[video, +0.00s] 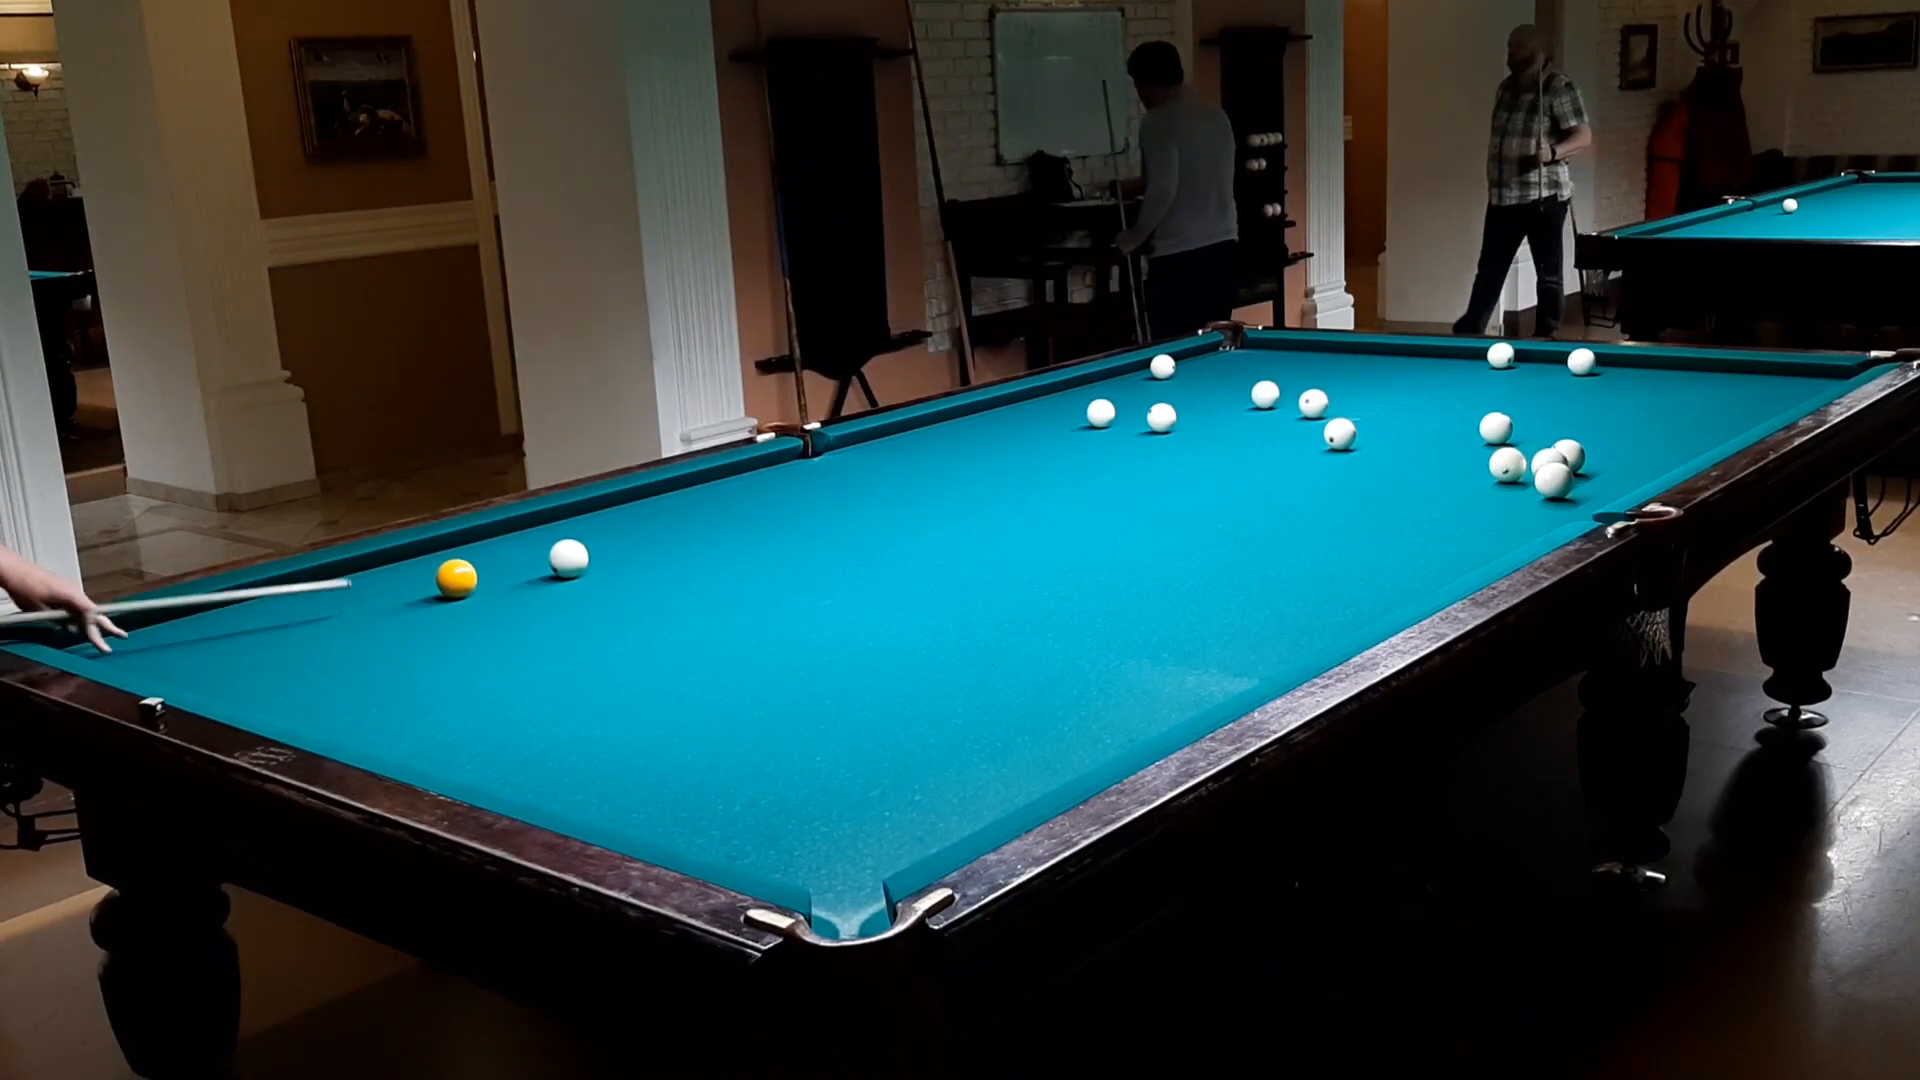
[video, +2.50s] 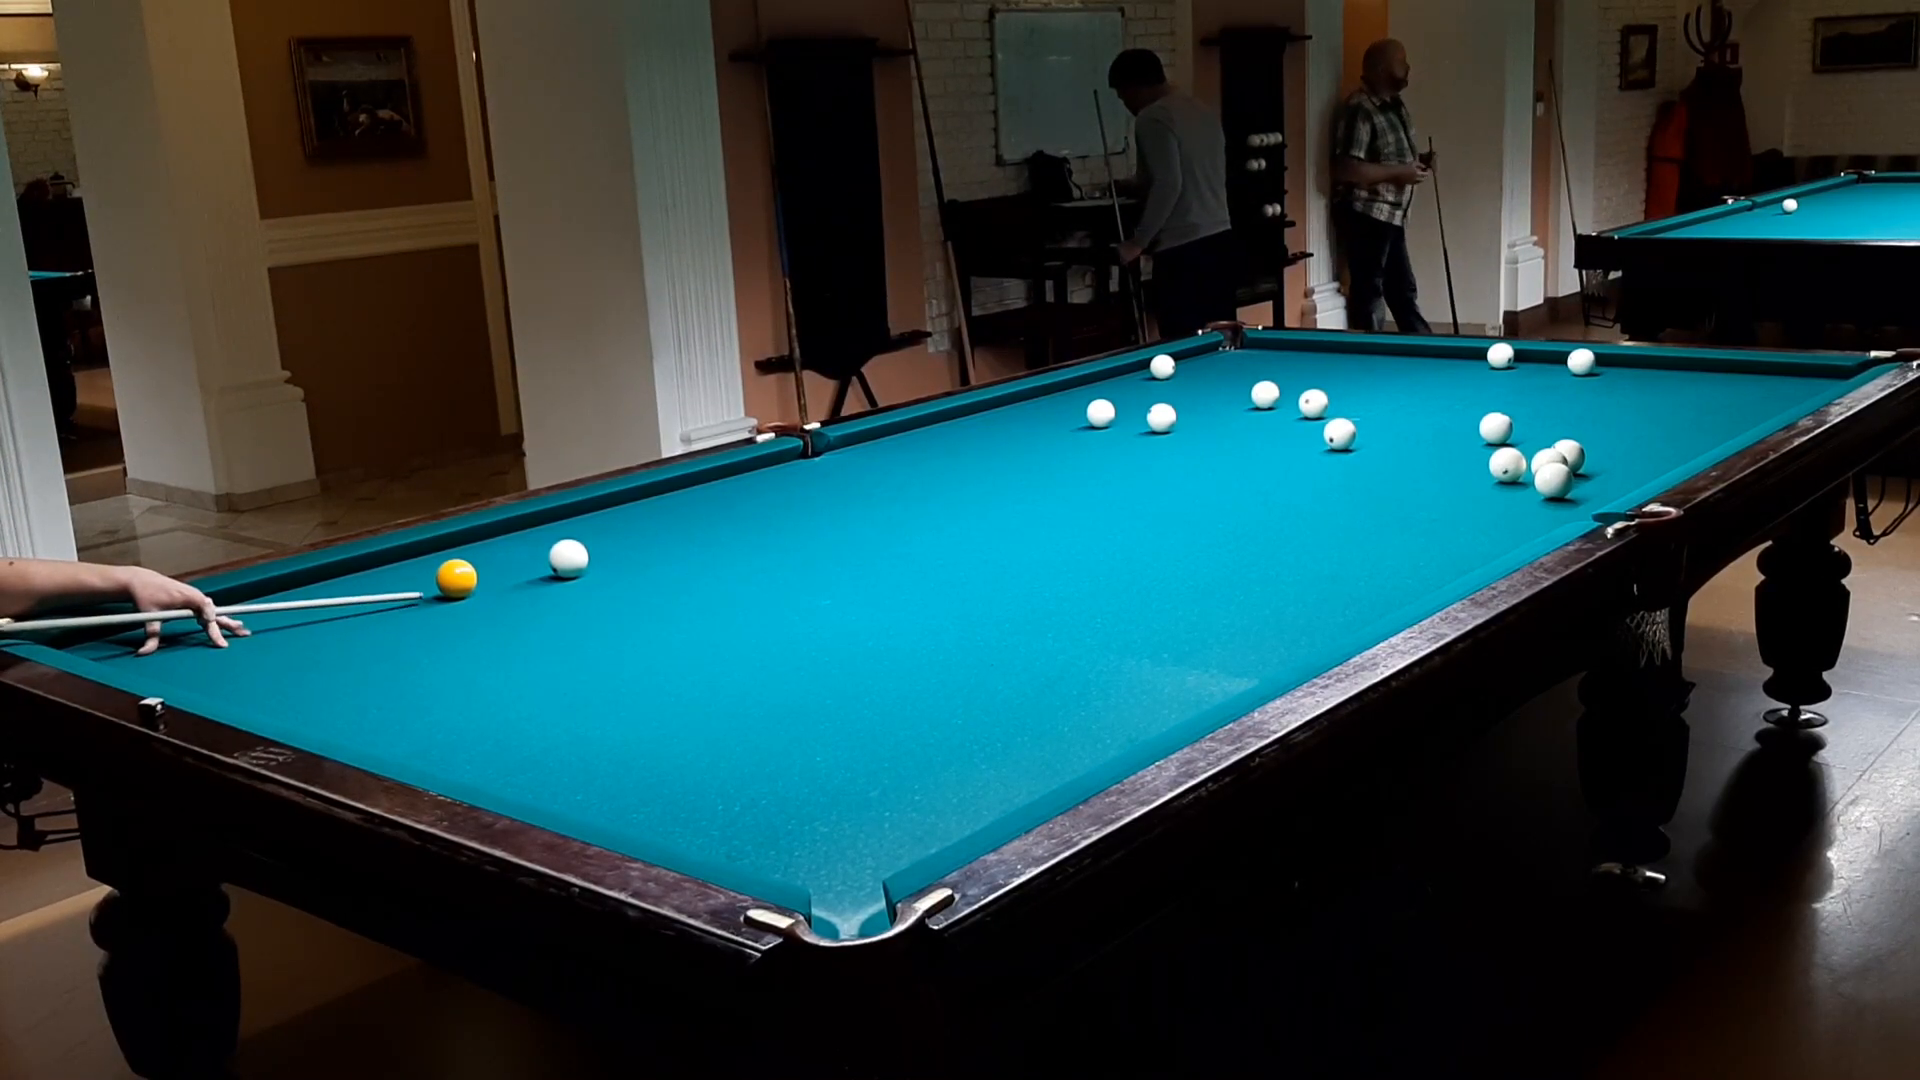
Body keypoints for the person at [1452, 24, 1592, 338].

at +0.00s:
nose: (1511, 53)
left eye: (1519, 47)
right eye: (1510, 47)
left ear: (1539, 51)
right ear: (1509, 50)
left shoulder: (1559, 87)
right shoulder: (1506, 88)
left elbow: (1583, 136)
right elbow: (1502, 136)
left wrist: (1554, 152)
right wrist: (1497, 177)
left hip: (1545, 196)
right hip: (1505, 196)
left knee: (1549, 272)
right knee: (1490, 269)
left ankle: (1545, 335)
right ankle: (1469, 332)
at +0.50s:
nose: (1450, 59)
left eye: (1457, 52)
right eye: (1448, 52)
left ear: (1477, 53)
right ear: (1446, 53)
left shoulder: (1506, 87)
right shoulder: (1437, 97)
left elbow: (1531, 131)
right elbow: (1416, 147)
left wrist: (1517, 150)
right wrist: (1395, 194)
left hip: (1492, 201)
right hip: (1450, 203)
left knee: (1494, 273)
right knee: (1455, 280)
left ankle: (1512, 340)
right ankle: (1459, 342)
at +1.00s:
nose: (1439, 58)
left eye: (1447, 52)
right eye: (1434, 52)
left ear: (1464, 55)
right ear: (1428, 55)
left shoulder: (1485, 94)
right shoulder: (1411, 95)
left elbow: (1497, 141)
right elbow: (1393, 145)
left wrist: (1495, 185)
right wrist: (1409, 179)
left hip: (1465, 205)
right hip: (1422, 205)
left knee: (1454, 278)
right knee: (1419, 274)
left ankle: (1447, 345)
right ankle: (1438, 339)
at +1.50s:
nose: (1439, 59)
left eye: (1444, 53)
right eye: (1430, 53)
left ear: (1452, 57)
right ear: (1415, 57)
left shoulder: (1453, 99)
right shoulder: (1399, 94)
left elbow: (1456, 155)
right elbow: (1380, 149)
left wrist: (1463, 198)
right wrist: (1414, 186)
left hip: (1449, 212)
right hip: (1412, 211)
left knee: (1443, 289)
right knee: (1402, 285)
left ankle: (1436, 355)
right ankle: (1380, 350)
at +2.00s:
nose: (1422, 64)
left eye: (1421, 57)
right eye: (1415, 57)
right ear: (1392, 61)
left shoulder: (1409, 99)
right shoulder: (1374, 102)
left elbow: (1409, 155)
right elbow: (1368, 161)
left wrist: (1439, 167)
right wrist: (1417, 176)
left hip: (1410, 212)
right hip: (1383, 211)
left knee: (1416, 286)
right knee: (1377, 289)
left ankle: (1427, 349)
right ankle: (1370, 353)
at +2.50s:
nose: (1407, 70)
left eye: (1406, 63)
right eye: (1401, 63)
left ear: (1383, 68)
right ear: (1380, 68)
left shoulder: (1395, 105)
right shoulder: (1358, 109)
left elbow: (1390, 156)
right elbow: (1348, 169)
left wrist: (1418, 161)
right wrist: (1399, 172)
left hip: (1389, 218)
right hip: (1364, 217)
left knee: (1402, 291)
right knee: (1366, 294)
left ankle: (1424, 351)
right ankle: (1367, 358)